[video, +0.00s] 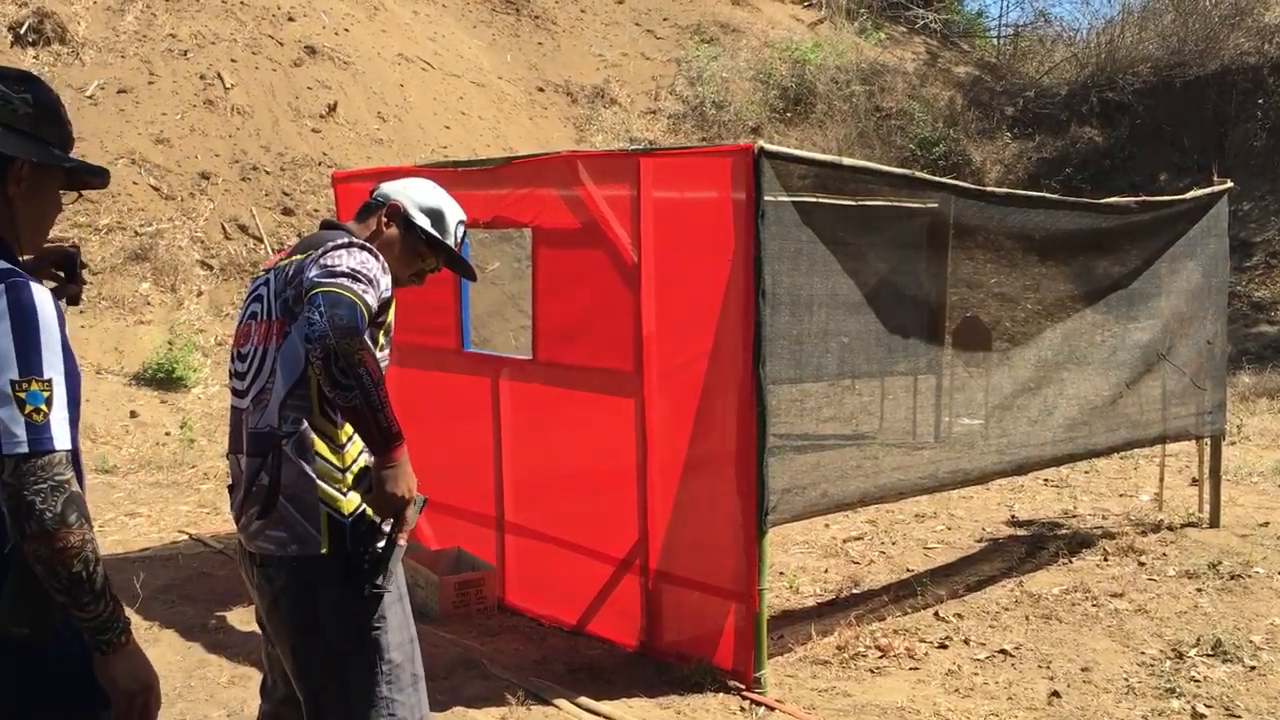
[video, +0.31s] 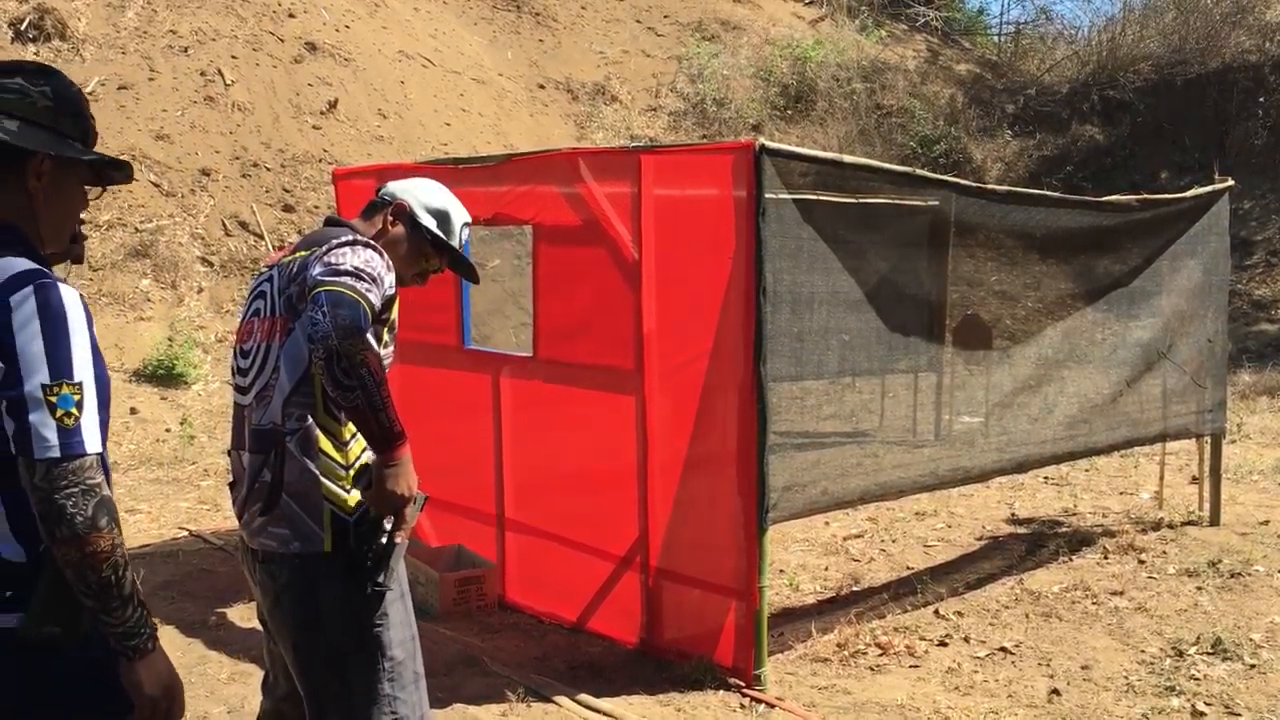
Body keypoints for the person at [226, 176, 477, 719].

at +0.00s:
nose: (422, 276)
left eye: (432, 267)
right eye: (421, 256)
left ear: (378, 224)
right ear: (386, 222)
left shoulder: (281, 271)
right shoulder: (355, 259)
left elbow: (262, 411)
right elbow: (334, 334)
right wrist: (392, 456)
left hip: (276, 544)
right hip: (333, 544)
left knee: (293, 706)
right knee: (383, 707)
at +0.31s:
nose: (424, 276)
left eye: (435, 268)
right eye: (425, 256)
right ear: (393, 220)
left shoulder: (281, 269)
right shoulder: (358, 255)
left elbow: (259, 407)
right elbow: (336, 333)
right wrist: (395, 453)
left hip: (278, 543)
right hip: (336, 542)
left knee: (295, 704)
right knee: (385, 706)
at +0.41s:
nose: (424, 276)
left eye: (435, 268)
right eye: (426, 257)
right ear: (395, 219)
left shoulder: (281, 268)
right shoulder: (358, 252)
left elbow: (256, 407)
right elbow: (332, 326)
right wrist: (382, 451)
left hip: (278, 540)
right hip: (335, 539)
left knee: (293, 705)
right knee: (385, 707)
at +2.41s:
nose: (401, 233)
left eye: (406, 218)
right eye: (399, 215)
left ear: (349, 198)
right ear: (363, 200)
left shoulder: (261, 254)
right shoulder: (321, 269)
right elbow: (326, 396)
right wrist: (431, 470)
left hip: (229, 525)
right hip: (286, 533)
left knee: (264, 692)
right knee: (348, 703)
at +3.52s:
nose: (391, 223)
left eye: (391, 208)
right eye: (386, 207)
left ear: (310, 202)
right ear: (349, 207)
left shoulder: (253, 267)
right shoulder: (324, 290)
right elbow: (338, 438)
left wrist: (314, 516)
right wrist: (385, 551)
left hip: (207, 528)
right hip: (266, 543)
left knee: (265, 683)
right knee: (353, 700)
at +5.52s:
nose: (408, 227)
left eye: (409, 212)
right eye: (401, 211)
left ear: (338, 209)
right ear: (363, 211)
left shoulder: (271, 274)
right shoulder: (342, 293)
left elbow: (276, 414)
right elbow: (356, 437)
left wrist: (339, 506)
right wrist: (405, 549)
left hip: (228, 530)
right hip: (285, 544)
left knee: (282, 688)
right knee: (370, 700)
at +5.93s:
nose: (409, 230)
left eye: (409, 215)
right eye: (401, 214)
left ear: (340, 212)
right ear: (362, 213)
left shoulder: (270, 275)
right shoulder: (343, 295)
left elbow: (274, 420)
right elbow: (356, 441)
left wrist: (339, 514)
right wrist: (403, 552)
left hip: (226, 532)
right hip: (284, 546)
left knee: (281, 689)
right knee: (370, 702)